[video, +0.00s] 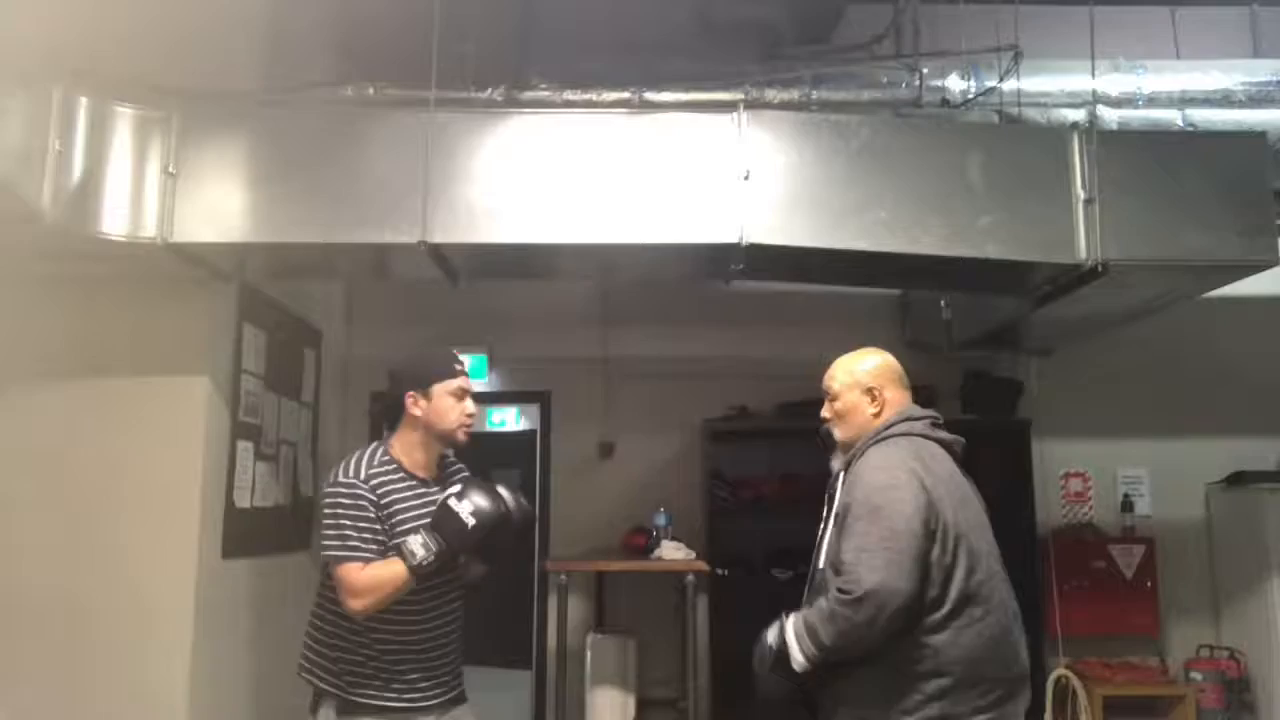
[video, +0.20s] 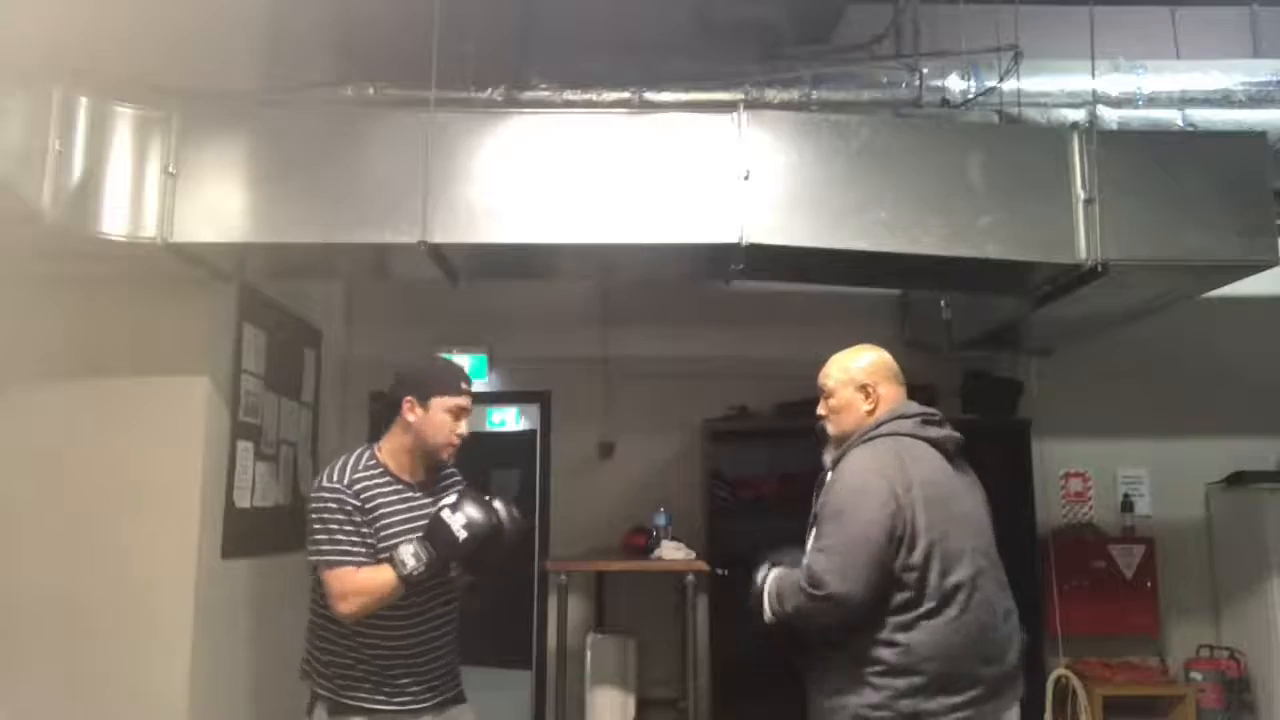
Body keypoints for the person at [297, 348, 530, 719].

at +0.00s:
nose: (473, 410)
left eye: (471, 398)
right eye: (459, 396)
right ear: (415, 403)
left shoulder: (453, 474)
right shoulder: (355, 481)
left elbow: (463, 573)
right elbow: (357, 595)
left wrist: (493, 536)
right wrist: (437, 540)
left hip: (443, 694)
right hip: (362, 701)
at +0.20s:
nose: (464, 430)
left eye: (466, 417)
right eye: (455, 414)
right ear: (411, 409)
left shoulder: (448, 481)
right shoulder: (341, 486)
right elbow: (346, 599)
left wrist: (487, 548)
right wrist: (431, 550)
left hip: (441, 697)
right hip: (357, 704)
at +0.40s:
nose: (490, 445)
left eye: (492, 431)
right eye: (482, 428)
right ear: (440, 418)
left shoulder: (469, 490)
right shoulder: (356, 492)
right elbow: (324, 602)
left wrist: (500, 554)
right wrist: (414, 579)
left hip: (450, 699)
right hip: (365, 704)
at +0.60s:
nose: (537, 508)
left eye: (539, 494)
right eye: (529, 492)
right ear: (492, 488)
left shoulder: (499, 537)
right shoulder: (421, 518)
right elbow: (360, 617)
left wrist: (543, 593)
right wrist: (453, 626)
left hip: (448, 703)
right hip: (378, 704)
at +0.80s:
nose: (605, 664)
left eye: (609, 653)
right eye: (604, 650)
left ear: (570, 637)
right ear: (570, 638)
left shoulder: (530, 660)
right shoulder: (485, 674)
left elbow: (532, 714)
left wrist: (582, 710)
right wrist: (569, 713)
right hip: (361, 715)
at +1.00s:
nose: (623, 626)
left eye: (625, 613)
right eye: (620, 608)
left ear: (585, 591)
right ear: (587, 591)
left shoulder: (516, 596)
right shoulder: (551, 656)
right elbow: (546, 713)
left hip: (369, 707)